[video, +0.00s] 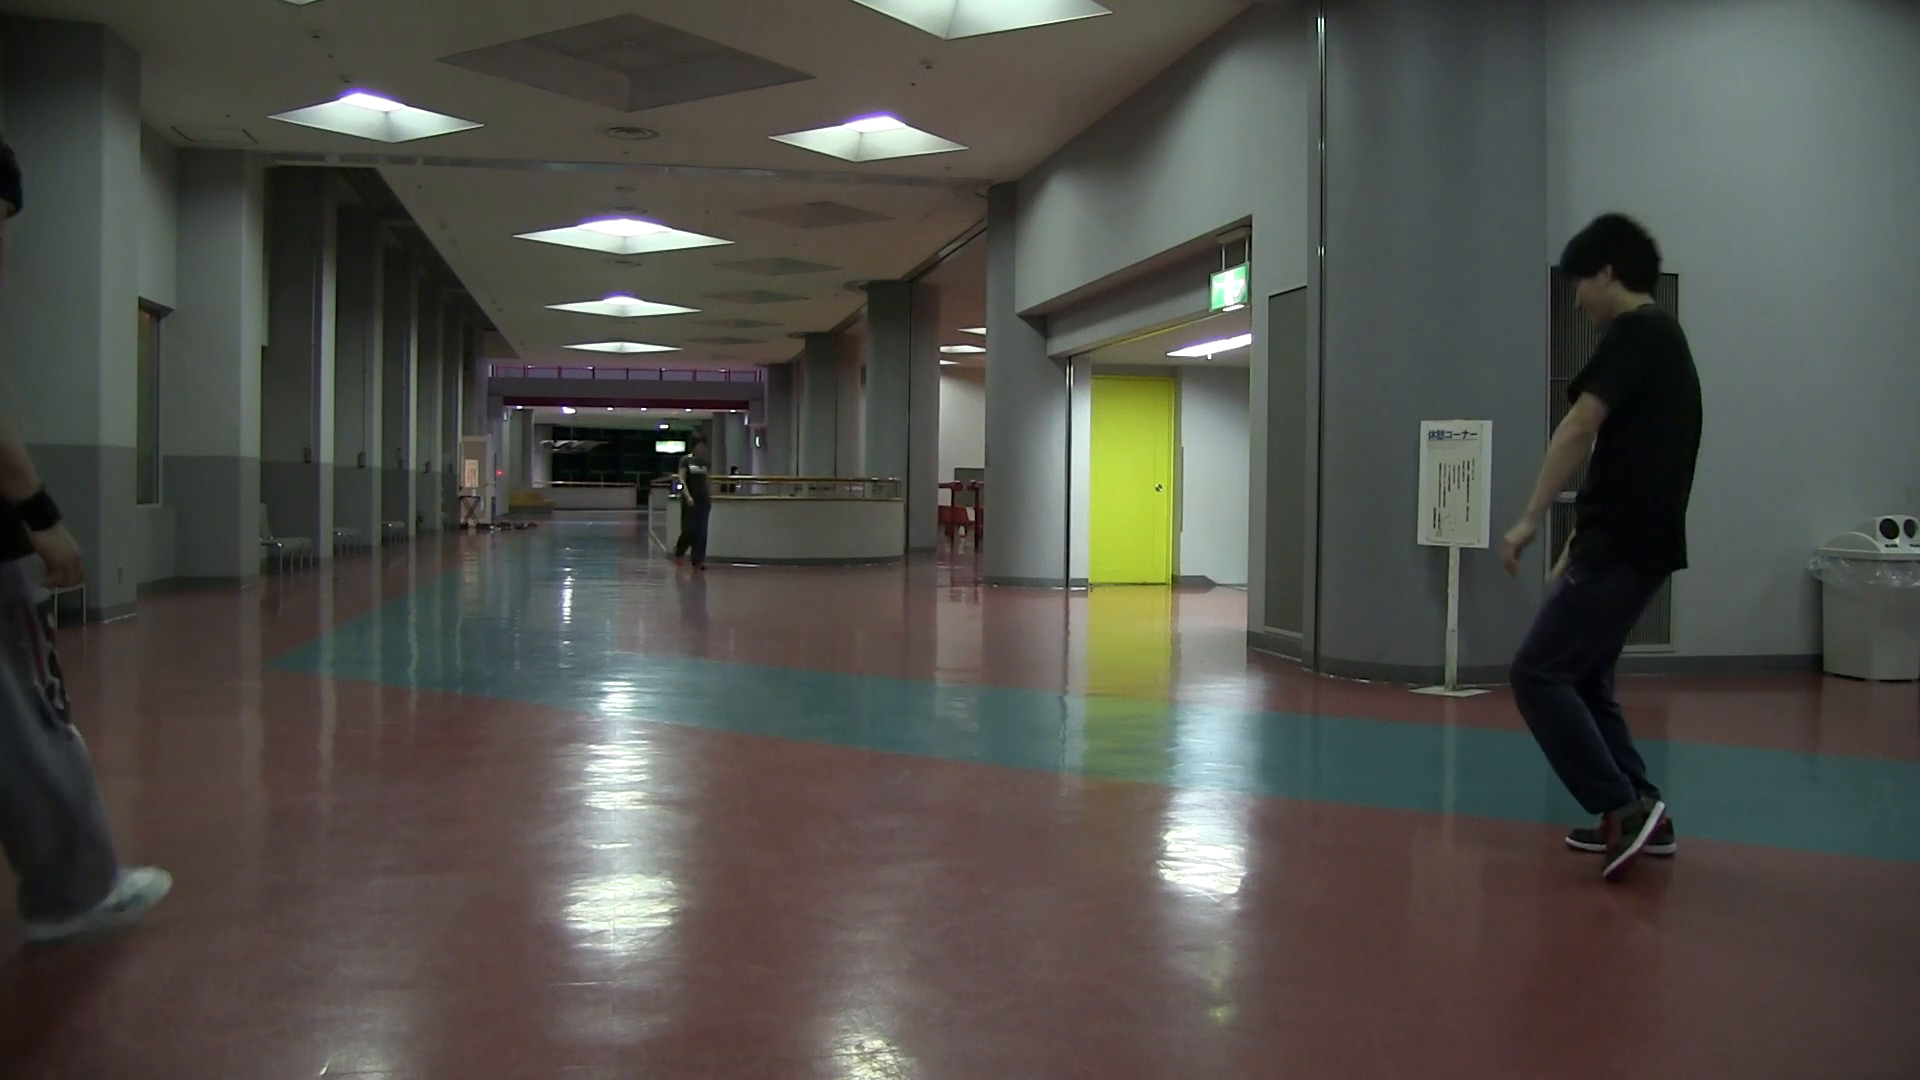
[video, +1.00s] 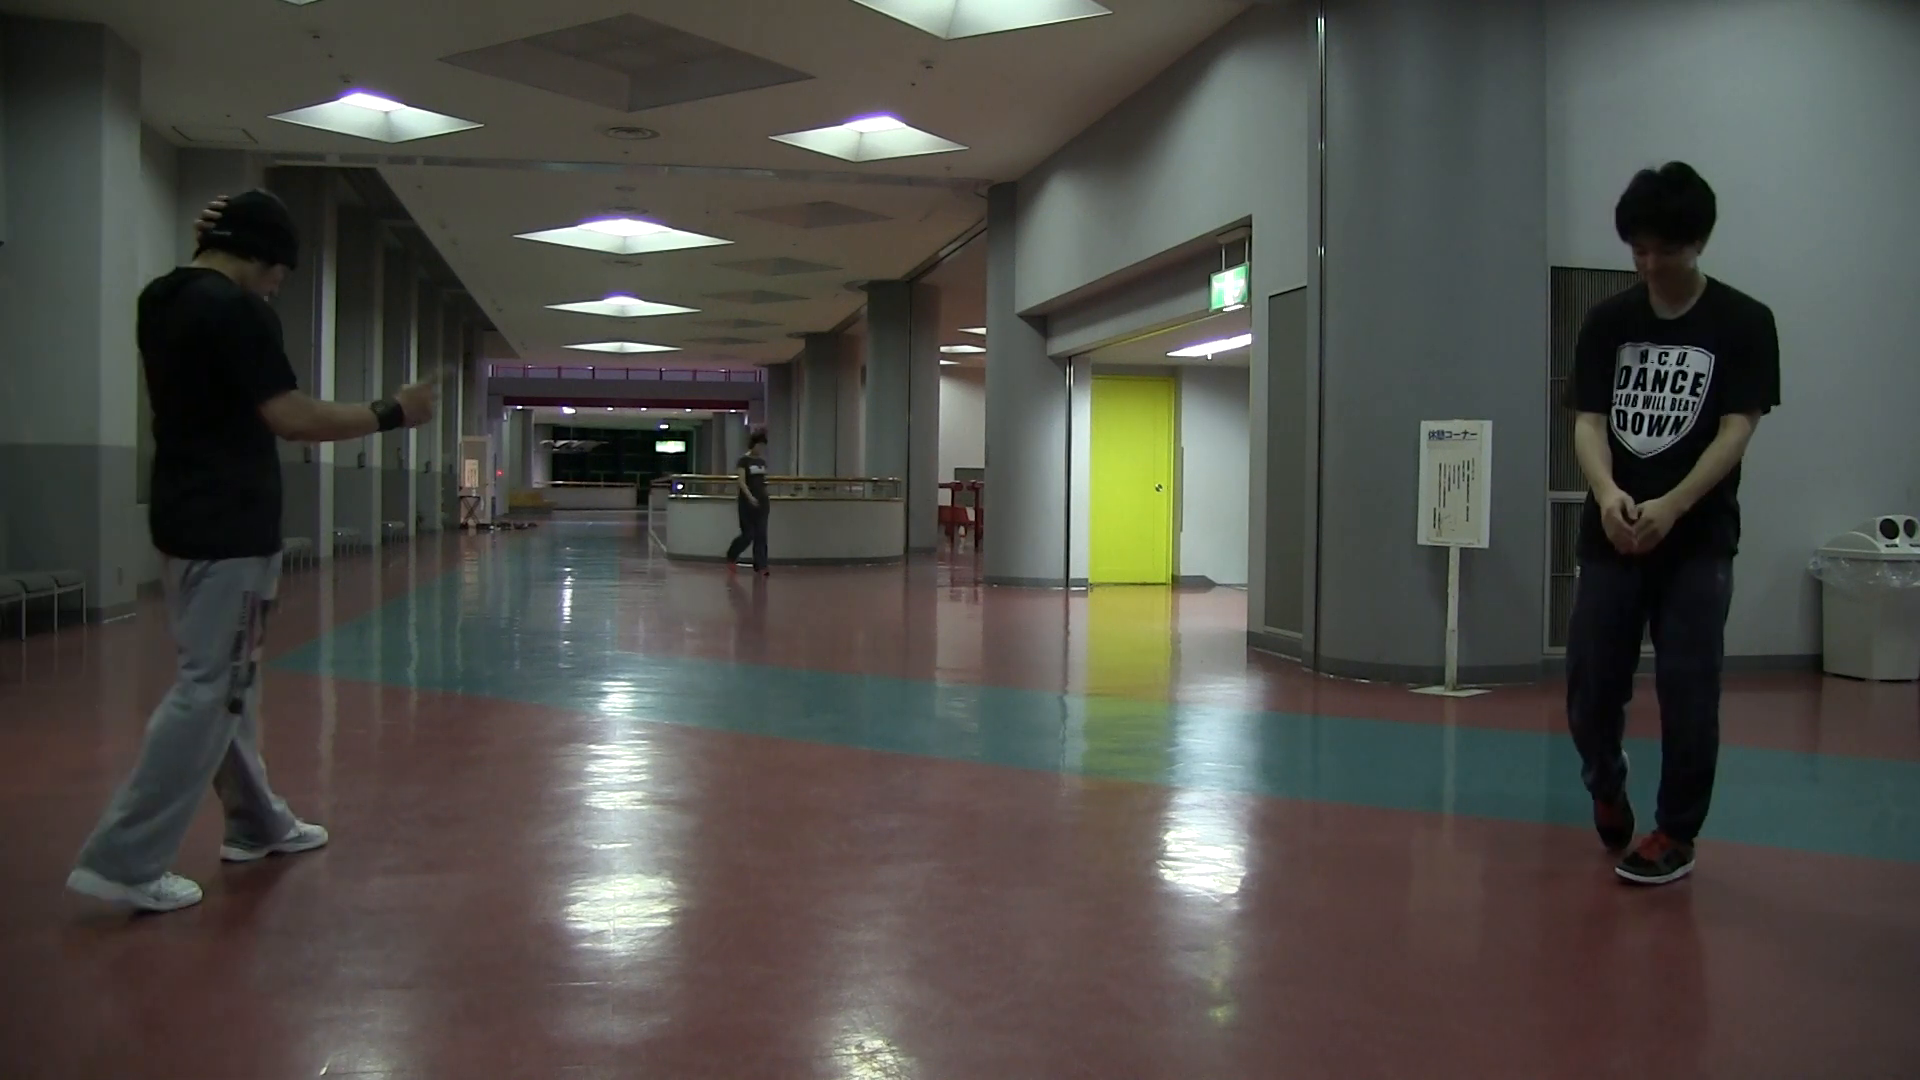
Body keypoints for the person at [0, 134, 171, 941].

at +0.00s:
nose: (6, 236)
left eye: (8, 219)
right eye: (6, 219)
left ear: (8, 214)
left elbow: (3, 438)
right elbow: (0, 436)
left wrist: (39, 519)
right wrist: (42, 519)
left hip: (6, 552)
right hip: (3, 555)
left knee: (25, 707)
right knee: (24, 707)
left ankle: (68, 881)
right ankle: (68, 885)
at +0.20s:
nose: (74, 245)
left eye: (75, 231)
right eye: (73, 230)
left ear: (8, 208)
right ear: (55, 219)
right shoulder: (45, 286)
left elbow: (69, 425)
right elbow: (69, 421)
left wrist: (112, 544)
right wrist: (123, 546)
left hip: (20, 542)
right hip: (32, 546)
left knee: (58, 709)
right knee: (69, 709)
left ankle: (103, 869)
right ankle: (109, 875)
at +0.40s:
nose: (141, 251)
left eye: (144, 238)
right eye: (143, 236)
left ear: (61, 203)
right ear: (127, 222)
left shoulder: (9, 257)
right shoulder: (130, 293)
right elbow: (171, 427)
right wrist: (221, 540)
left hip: (15, 529)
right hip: (106, 533)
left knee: (8, 699)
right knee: (119, 709)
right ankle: (109, 879)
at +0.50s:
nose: (170, 254)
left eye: (171, 241)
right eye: (171, 240)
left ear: (89, 211)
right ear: (157, 228)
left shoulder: (31, 264)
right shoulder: (165, 298)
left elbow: (43, 236)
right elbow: (209, 431)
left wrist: (94, 179)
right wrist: (266, 524)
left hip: (37, 514)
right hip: (136, 527)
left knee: (22, 691)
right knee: (131, 702)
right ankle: (109, 879)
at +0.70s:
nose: (217, 265)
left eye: (218, 254)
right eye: (219, 253)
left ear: (146, 219)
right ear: (207, 241)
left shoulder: (83, 276)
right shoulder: (203, 301)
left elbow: (116, 256)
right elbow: (244, 421)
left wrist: (135, 211)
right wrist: (335, 450)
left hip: (89, 513)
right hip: (171, 524)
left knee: (99, 685)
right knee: (152, 697)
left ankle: (127, 824)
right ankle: (109, 881)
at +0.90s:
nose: (257, 283)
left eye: (259, 270)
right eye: (259, 270)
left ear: (192, 238)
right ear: (244, 256)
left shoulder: (134, 291)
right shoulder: (231, 312)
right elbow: (288, 423)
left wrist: (193, 231)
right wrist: (386, 414)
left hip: (145, 519)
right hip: (210, 529)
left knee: (188, 689)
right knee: (176, 700)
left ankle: (247, 816)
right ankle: (108, 878)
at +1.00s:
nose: (276, 288)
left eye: (280, 274)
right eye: (278, 272)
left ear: (212, 244)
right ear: (257, 258)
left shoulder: (160, 300)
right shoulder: (240, 313)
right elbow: (290, 416)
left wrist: (212, 242)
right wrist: (390, 413)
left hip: (184, 522)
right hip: (236, 528)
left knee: (223, 682)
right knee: (207, 691)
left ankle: (257, 824)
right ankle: (119, 862)